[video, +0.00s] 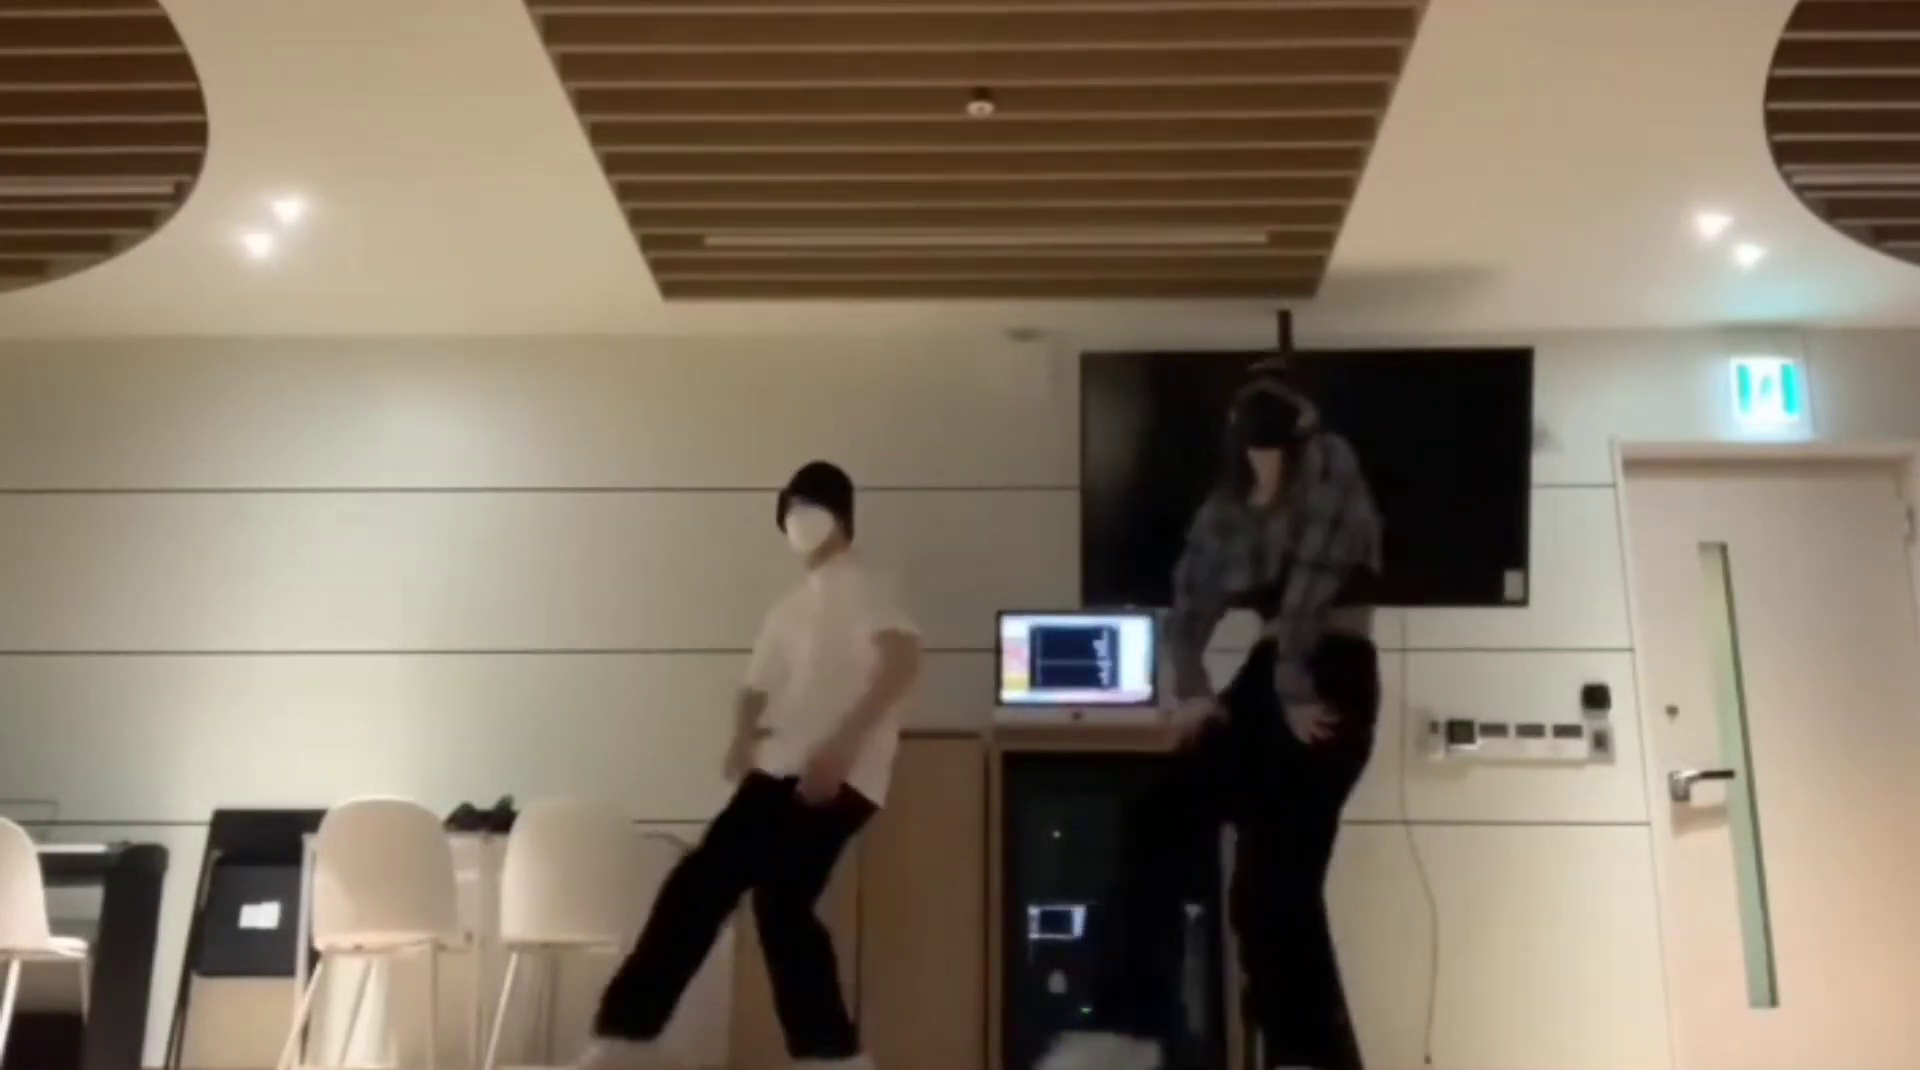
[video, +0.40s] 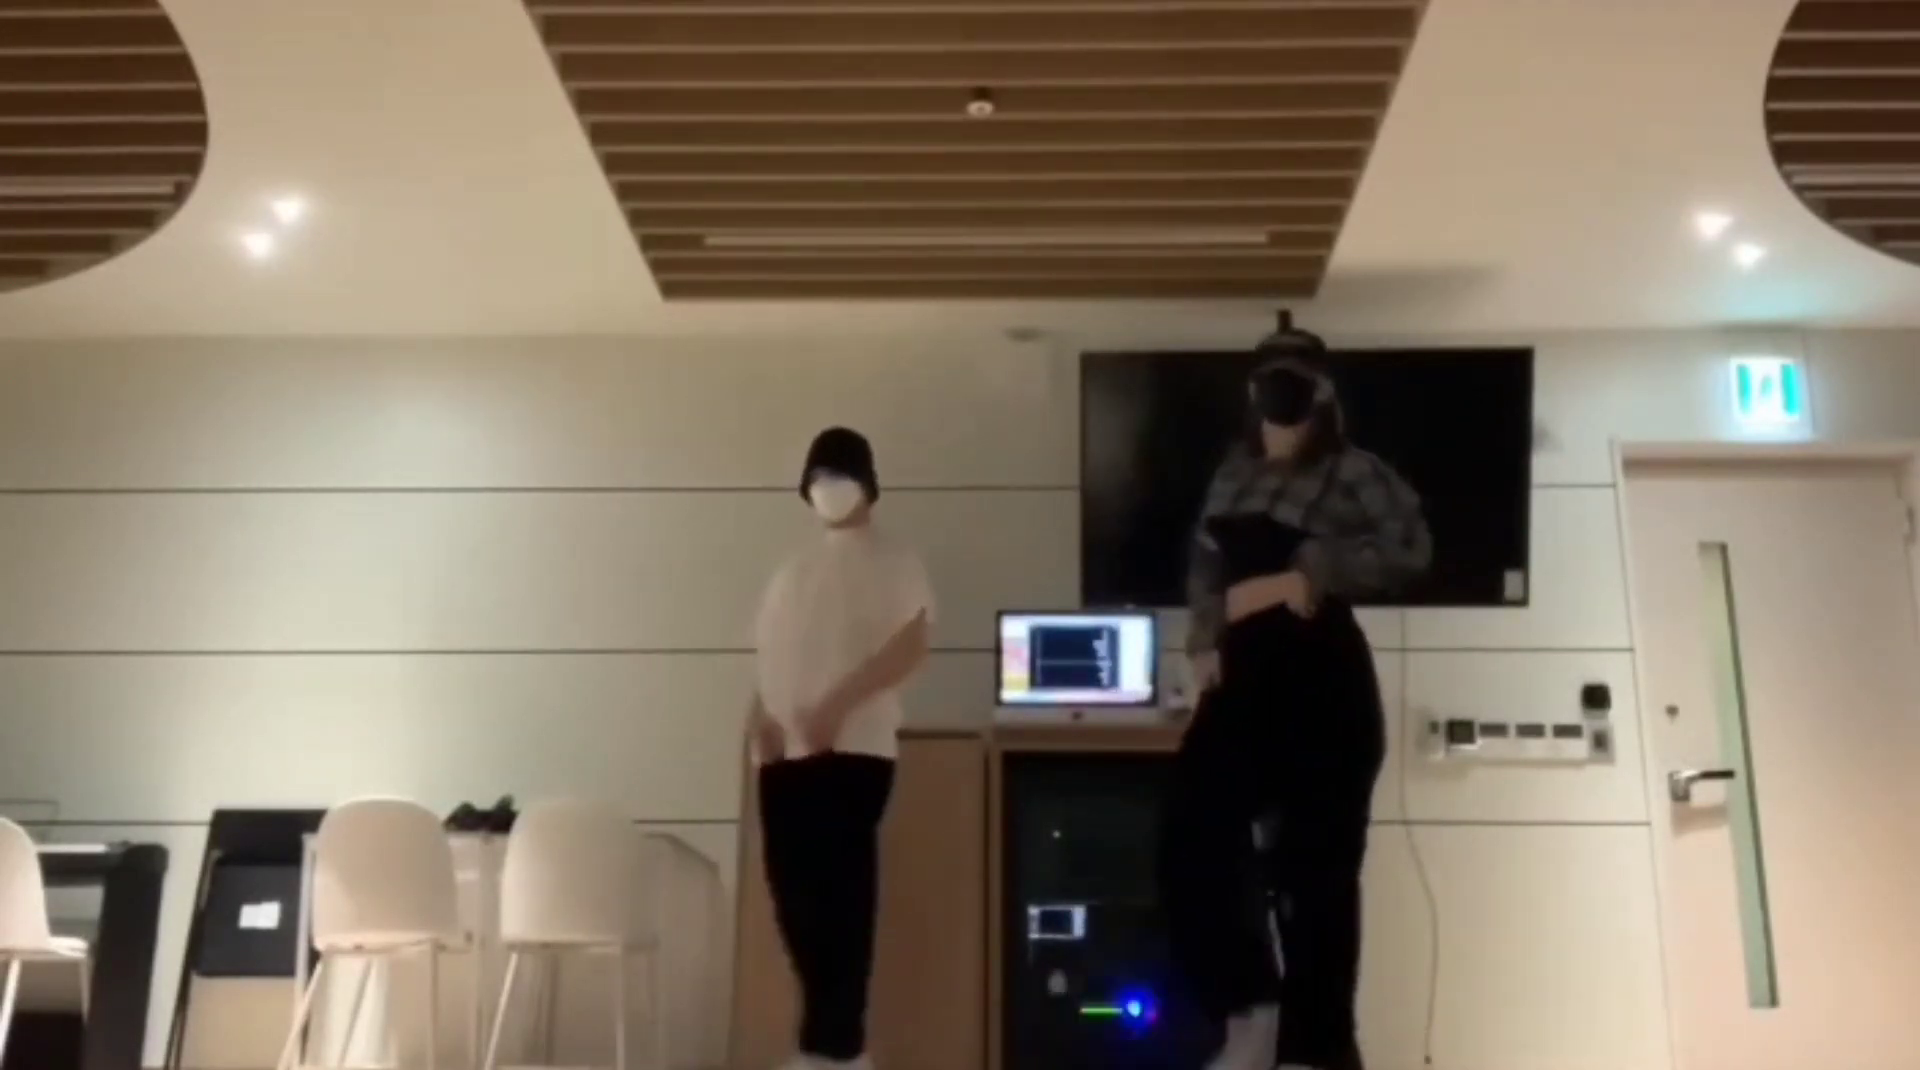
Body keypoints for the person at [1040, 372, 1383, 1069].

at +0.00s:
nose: (1265, 448)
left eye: (1277, 432)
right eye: (1252, 435)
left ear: (1302, 432)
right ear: (1239, 441)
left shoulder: (1331, 472)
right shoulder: (1225, 510)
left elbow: (1322, 573)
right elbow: (1186, 609)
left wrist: (1295, 682)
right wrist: (1189, 691)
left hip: (1329, 670)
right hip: (1260, 673)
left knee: (1276, 885)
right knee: (1160, 815)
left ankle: (1308, 1053)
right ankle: (1131, 1019)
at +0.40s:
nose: (1281, 390)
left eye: (1297, 378)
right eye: (1269, 378)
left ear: (1324, 392)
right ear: (1254, 392)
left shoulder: (1356, 473)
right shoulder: (1235, 473)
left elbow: (1409, 556)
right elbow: (1206, 565)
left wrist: (1307, 574)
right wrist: (1205, 645)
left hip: (1325, 679)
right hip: (1242, 681)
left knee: (1316, 859)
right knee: (1193, 835)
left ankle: (1319, 1044)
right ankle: (1246, 1011)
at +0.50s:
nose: (1279, 404)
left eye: (1293, 390)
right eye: (1270, 390)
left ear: (1320, 401)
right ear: (1255, 401)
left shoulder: (1356, 482)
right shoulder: (1233, 477)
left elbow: (1404, 565)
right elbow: (1201, 572)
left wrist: (1309, 572)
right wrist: (1202, 650)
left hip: (1326, 676)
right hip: (1242, 679)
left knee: (1319, 863)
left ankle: (1322, 1038)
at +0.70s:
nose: (1271, 399)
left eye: (1288, 386)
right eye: (1261, 385)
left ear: (1317, 404)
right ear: (1244, 401)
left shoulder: (1349, 485)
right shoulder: (1207, 481)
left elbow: (1360, 592)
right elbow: (1185, 596)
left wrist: (1279, 600)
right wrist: (1213, 698)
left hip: (1305, 677)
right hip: (1234, 682)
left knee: (1199, 832)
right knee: (1305, 858)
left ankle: (1217, 1029)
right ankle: (1388, 1038)